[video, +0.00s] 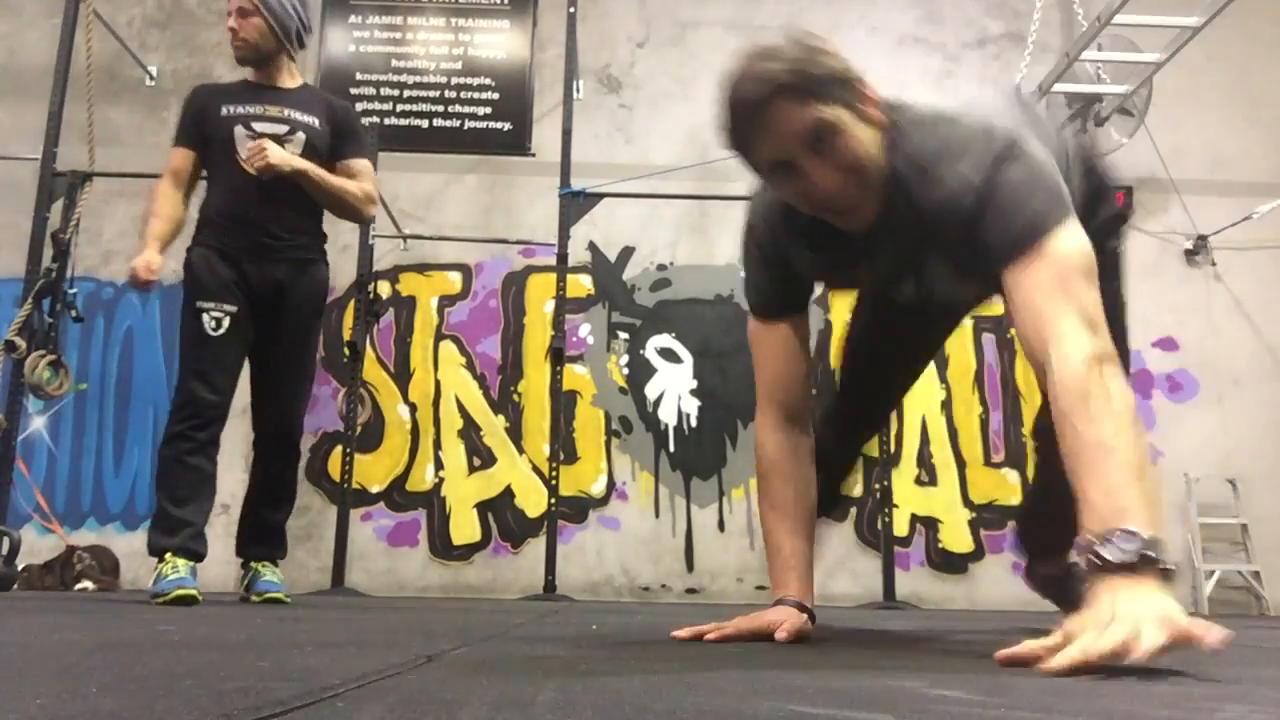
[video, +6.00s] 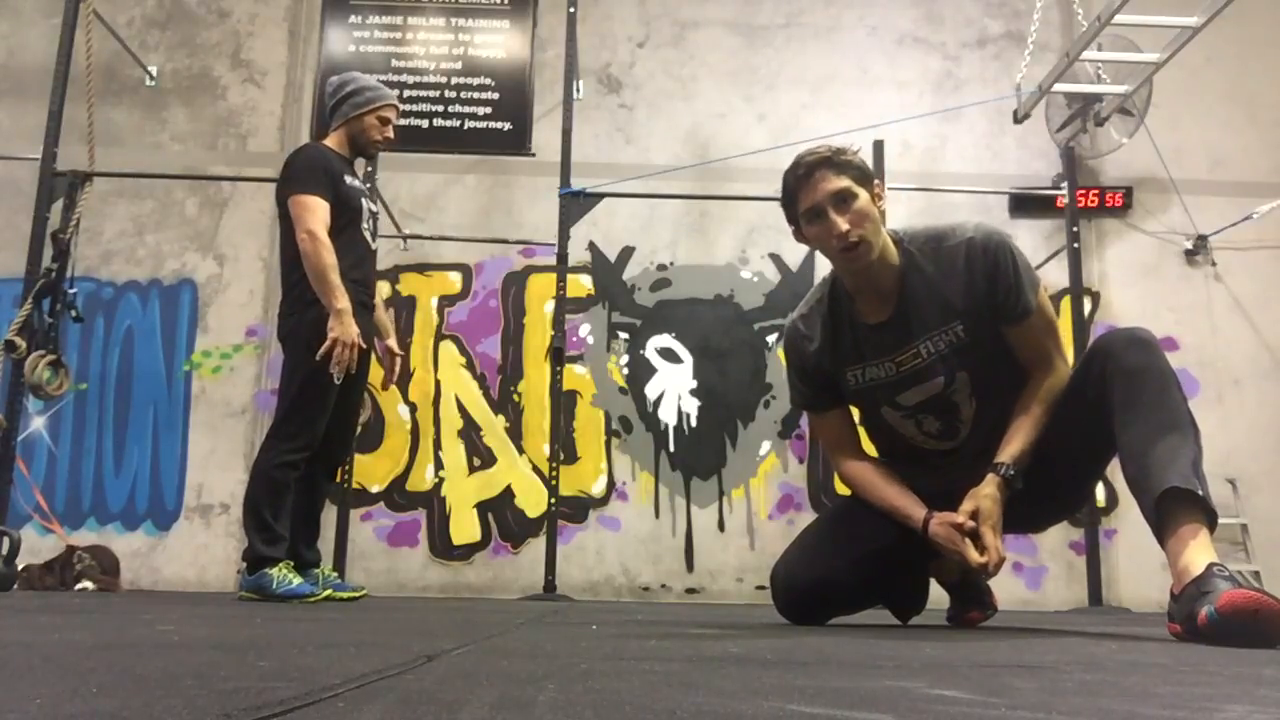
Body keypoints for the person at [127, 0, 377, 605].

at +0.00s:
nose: (232, 23)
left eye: (246, 14)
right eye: (231, 13)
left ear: (286, 26)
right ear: (236, 26)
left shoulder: (334, 113)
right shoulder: (208, 101)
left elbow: (366, 203)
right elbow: (175, 182)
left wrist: (299, 165)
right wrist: (153, 245)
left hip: (296, 281)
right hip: (218, 273)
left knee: (280, 424)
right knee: (198, 410)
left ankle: (262, 560)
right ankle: (176, 557)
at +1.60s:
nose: (281, 106)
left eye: (290, 100)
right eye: (271, 98)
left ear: (301, 113)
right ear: (251, 109)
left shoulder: (325, 180)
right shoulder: (217, 169)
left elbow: (353, 260)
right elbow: (185, 246)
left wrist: (321, 235)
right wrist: (172, 325)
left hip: (304, 326)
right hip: (238, 322)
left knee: (312, 448)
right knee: (222, 446)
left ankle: (302, 567)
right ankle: (212, 564)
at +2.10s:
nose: (357, 133)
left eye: (365, 128)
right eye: (346, 123)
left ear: (369, 140)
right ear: (323, 130)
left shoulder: (369, 201)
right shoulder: (287, 175)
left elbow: (370, 281)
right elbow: (250, 241)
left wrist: (386, 274)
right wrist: (257, 302)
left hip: (345, 330)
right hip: (294, 321)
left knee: (322, 444)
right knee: (299, 425)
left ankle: (301, 565)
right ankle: (242, 556)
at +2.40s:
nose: (383, 132)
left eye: (391, 126)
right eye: (374, 120)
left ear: (393, 136)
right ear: (347, 122)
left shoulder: (365, 191)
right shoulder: (319, 166)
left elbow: (357, 278)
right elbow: (292, 233)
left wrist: (404, 280)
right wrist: (329, 290)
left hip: (346, 325)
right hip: (315, 323)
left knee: (329, 439)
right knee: (321, 438)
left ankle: (312, 565)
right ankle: (305, 567)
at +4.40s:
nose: (392, 121)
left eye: (396, 112)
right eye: (383, 109)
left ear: (385, 117)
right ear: (349, 107)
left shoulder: (361, 171)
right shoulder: (314, 153)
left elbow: (368, 263)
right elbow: (308, 230)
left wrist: (403, 324)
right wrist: (326, 298)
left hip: (364, 321)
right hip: (329, 314)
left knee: (335, 447)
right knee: (307, 438)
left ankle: (309, 563)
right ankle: (269, 563)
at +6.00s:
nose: (389, 131)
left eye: (392, 122)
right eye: (381, 120)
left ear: (370, 125)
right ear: (350, 116)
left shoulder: (352, 178)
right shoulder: (311, 161)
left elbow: (360, 267)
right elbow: (310, 238)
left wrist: (383, 330)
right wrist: (340, 312)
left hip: (349, 329)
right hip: (317, 324)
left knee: (326, 450)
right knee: (293, 442)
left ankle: (303, 563)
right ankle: (263, 565)